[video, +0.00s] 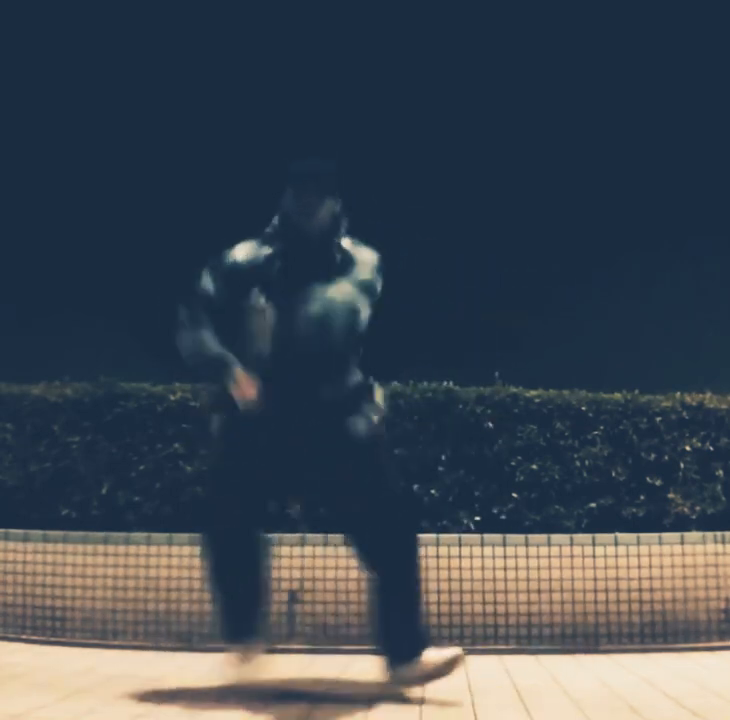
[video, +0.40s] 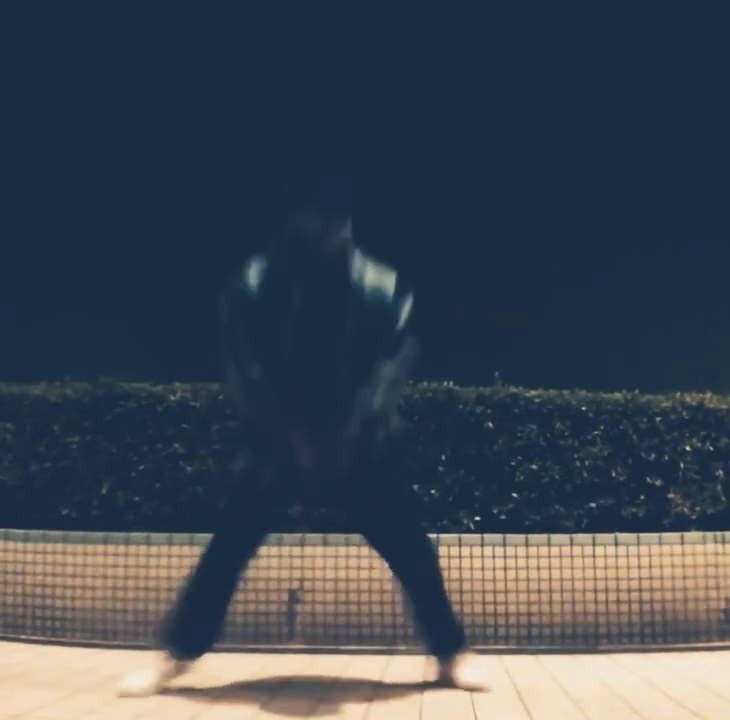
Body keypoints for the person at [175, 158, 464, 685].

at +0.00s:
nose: (314, 216)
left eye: (324, 205)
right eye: (304, 205)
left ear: (340, 207)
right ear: (286, 205)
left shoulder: (364, 265)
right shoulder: (248, 262)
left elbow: (353, 341)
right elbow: (192, 324)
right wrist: (228, 369)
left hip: (340, 424)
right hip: (261, 423)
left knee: (390, 525)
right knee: (231, 518)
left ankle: (406, 655)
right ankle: (243, 643)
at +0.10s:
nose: (299, 277)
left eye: (308, 266)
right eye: (289, 267)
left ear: (323, 268)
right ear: (270, 269)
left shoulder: (348, 321)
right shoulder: (242, 323)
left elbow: (355, 405)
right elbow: (238, 417)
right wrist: (281, 494)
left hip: (340, 466)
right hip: (268, 468)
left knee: (405, 530)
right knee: (212, 550)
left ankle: (456, 642)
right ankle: (150, 658)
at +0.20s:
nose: (292, 327)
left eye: (301, 317)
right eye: (283, 316)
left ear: (320, 315)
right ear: (268, 315)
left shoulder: (351, 367)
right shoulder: (244, 365)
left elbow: (362, 456)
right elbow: (234, 448)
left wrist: (328, 528)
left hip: (340, 500)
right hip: (268, 501)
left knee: (404, 564)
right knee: (207, 572)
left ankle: (460, 655)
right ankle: (150, 668)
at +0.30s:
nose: (302, 323)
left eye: (312, 312)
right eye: (293, 312)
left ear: (329, 311)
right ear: (277, 311)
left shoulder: (357, 362)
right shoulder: (250, 362)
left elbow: (366, 455)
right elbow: (242, 452)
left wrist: (332, 529)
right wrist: (289, 523)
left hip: (348, 500)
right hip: (271, 499)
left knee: (414, 576)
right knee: (206, 579)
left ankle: (460, 667)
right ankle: (151, 671)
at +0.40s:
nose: (324, 239)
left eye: (334, 228)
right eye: (314, 228)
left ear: (348, 230)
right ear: (294, 228)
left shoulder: (380, 288)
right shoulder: (255, 285)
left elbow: (391, 369)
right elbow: (243, 373)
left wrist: (352, 429)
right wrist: (282, 432)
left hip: (353, 440)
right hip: (276, 441)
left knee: (410, 548)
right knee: (228, 546)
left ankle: (453, 656)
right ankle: (175, 658)